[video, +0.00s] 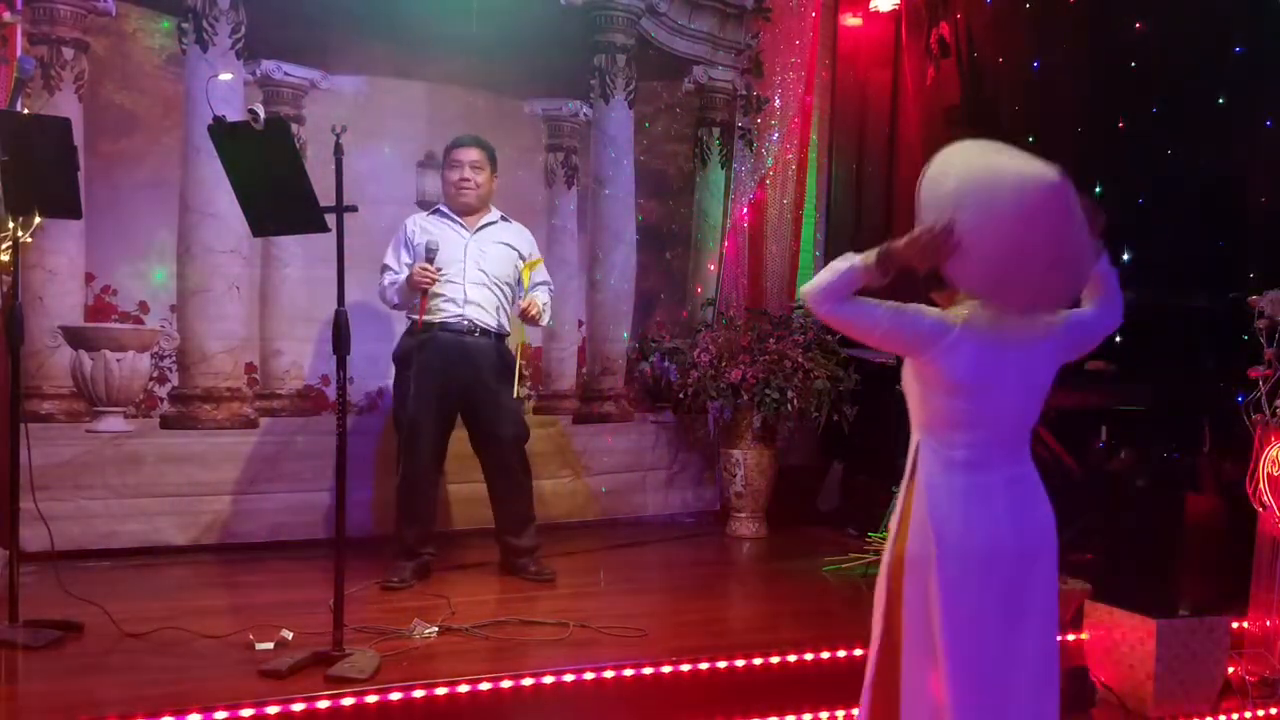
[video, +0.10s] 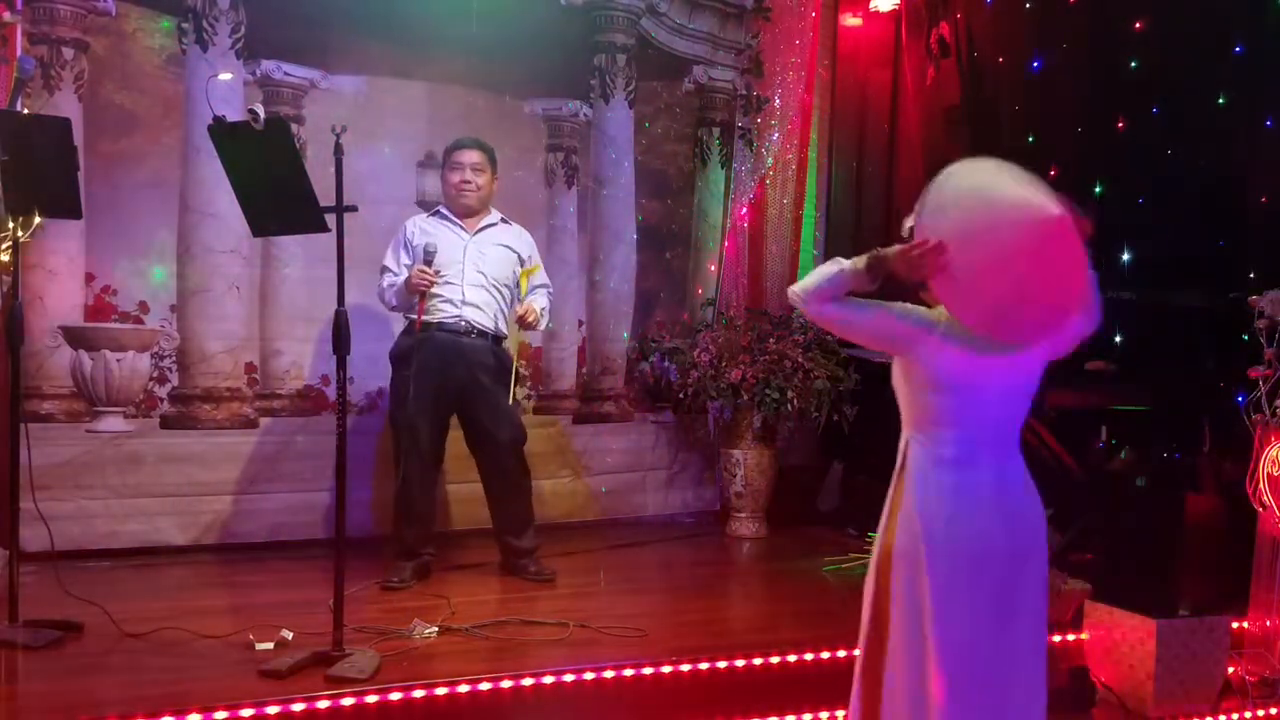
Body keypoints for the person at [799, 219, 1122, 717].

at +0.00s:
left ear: (955, 259)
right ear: (1034, 259)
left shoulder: (931, 332)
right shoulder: (1047, 336)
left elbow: (820, 295)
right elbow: (1105, 308)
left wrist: (885, 257)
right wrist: (1092, 243)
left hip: (939, 506)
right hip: (1019, 503)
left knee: (934, 647)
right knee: (1014, 650)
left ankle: (932, 719)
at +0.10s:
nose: (927, 264)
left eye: (933, 253)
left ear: (944, 264)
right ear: (1009, 265)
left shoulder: (920, 331)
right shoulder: (1033, 342)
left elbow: (808, 294)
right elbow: (1087, 313)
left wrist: (874, 264)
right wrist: (1070, 244)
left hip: (934, 506)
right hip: (1011, 500)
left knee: (928, 651)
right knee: (1006, 654)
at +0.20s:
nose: (917, 252)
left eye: (925, 241)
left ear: (944, 259)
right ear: (996, 263)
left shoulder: (911, 324)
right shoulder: (1020, 339)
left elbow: (801, 286)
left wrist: (878, 250)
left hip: (921, 499)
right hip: (999, 494)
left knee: (912, 641)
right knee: (994, 649)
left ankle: (911, 718)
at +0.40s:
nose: (920, 234)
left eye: (928, 226)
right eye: (926, 225)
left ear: (940, 242)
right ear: (994, 242)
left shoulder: (899, 313)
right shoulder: (1015, 322)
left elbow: (788, 282)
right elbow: (1006, 273)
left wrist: (850, 235)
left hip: (905, 487)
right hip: (983, 485)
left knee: (896, 638)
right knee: (979, 637)